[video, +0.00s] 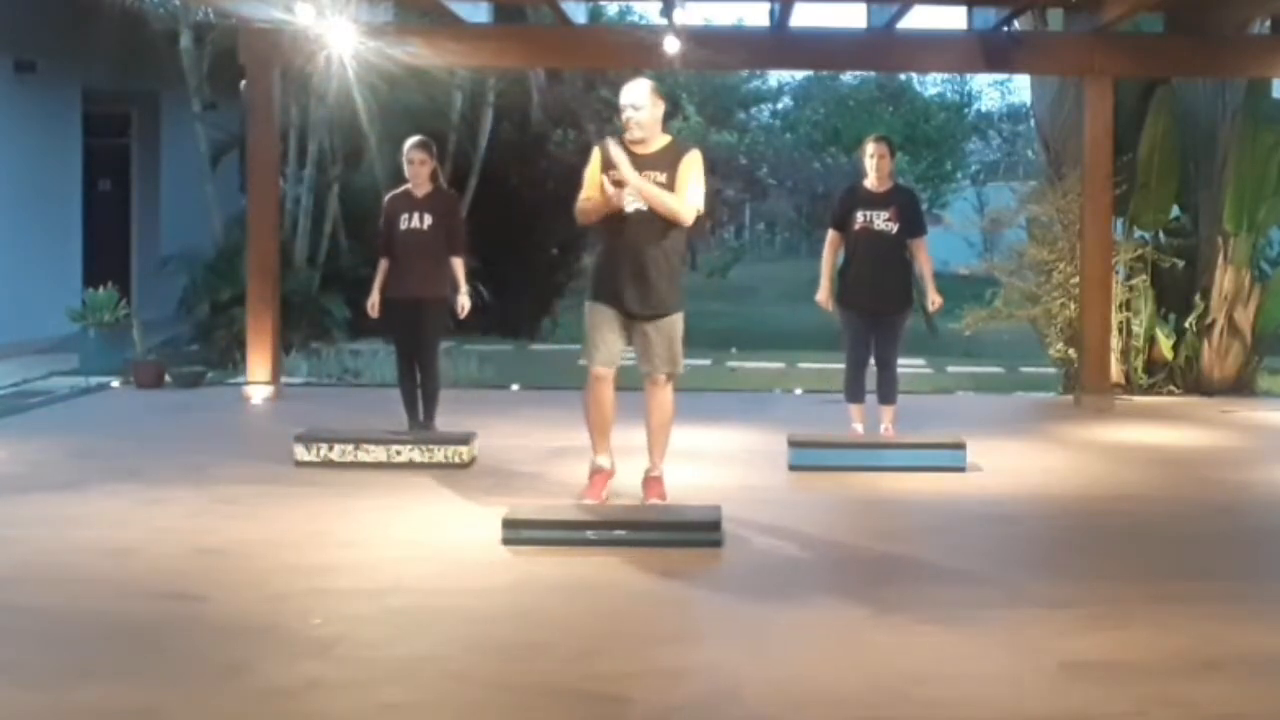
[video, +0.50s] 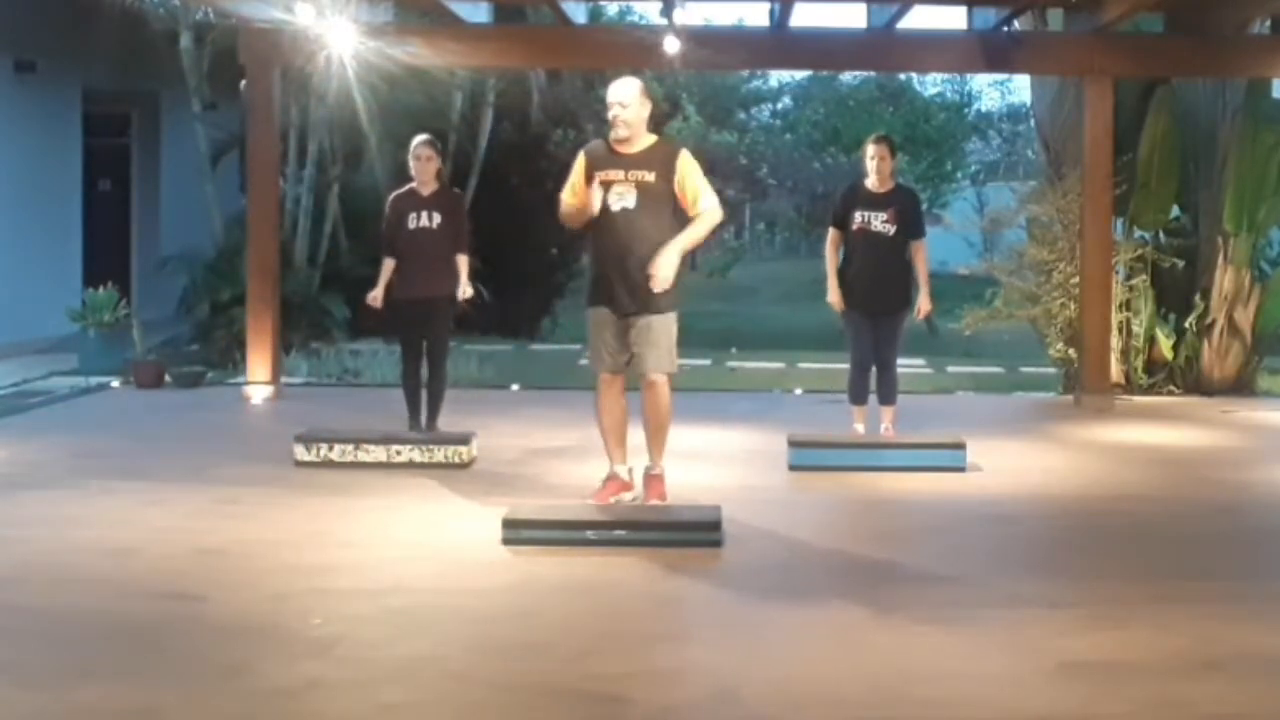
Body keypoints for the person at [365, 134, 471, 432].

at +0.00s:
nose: (415, 168)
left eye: (421, 162)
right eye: (410, 162)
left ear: (433, 164)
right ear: (404, 165)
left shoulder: (447, 200)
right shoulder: (393, 201)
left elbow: (455, 249)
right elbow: (386, 251)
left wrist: (462, 289)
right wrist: (376, 290)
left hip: (433, 295)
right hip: (399, 295)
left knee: (428, 359)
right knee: (405, 361)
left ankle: (428, 421)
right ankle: (413, 421)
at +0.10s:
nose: (416, 165)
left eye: (422, 159)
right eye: (411, 159)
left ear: (433, 162)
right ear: (404, 163)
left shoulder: (448, 199)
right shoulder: (392, 199)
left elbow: (455, 248)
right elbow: (386, 248)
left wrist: (461, 287)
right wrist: (376, 283)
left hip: (434, 293)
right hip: (400, 292)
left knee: (431, 357)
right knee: (407, 358)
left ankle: (429, 420)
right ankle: (413, 420)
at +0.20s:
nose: (417, 164)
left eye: (424, 159)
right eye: (412, 158)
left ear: (434, 163)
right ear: (405, 162)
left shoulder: (447, 199)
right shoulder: (392, 199)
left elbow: (456, 246)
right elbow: (384, 248)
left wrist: (463, 284)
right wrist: (372, 282)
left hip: (437, 292)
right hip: (402, 293)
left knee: (433, 358)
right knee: (408, 358)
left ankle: (430, 421)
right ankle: (414, 421)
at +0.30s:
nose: (418, 165)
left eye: (425, 160)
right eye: (413, 159)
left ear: (435, 163)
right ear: (405, 162)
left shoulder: (448, 200)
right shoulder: (393, 200)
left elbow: (457, 246)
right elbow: (384, 249)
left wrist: (464, 282)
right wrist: (369, 283)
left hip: (437, 293)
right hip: (403, 293)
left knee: (433, 358)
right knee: (409, 359)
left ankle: (430, 421)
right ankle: (414, 421)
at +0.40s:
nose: (419, 166)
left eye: (426, 160)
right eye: (414, 159)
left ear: (436, 164)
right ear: (407, 163)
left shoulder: (451, 200)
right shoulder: (395, 201)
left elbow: (458, 247)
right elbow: (385, 250)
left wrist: (463, 281)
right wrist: (372, 286)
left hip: (439, 294)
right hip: (404, 294)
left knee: (435, 360)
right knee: (409, 360)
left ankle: (432, 423)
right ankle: (414, 422)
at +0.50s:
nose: (422, 164)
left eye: (428, 159)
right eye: (417, 158)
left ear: (439, 163)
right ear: (409, 163)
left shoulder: (453, 200)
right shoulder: (398, 200)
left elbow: (461, 245)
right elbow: (390, 250)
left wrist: (464, 280)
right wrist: (380, 286)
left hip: (441, 294)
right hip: (407, 294)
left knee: (437, 361)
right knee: (411, 360)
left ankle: (432, 421)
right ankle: (414, 419)